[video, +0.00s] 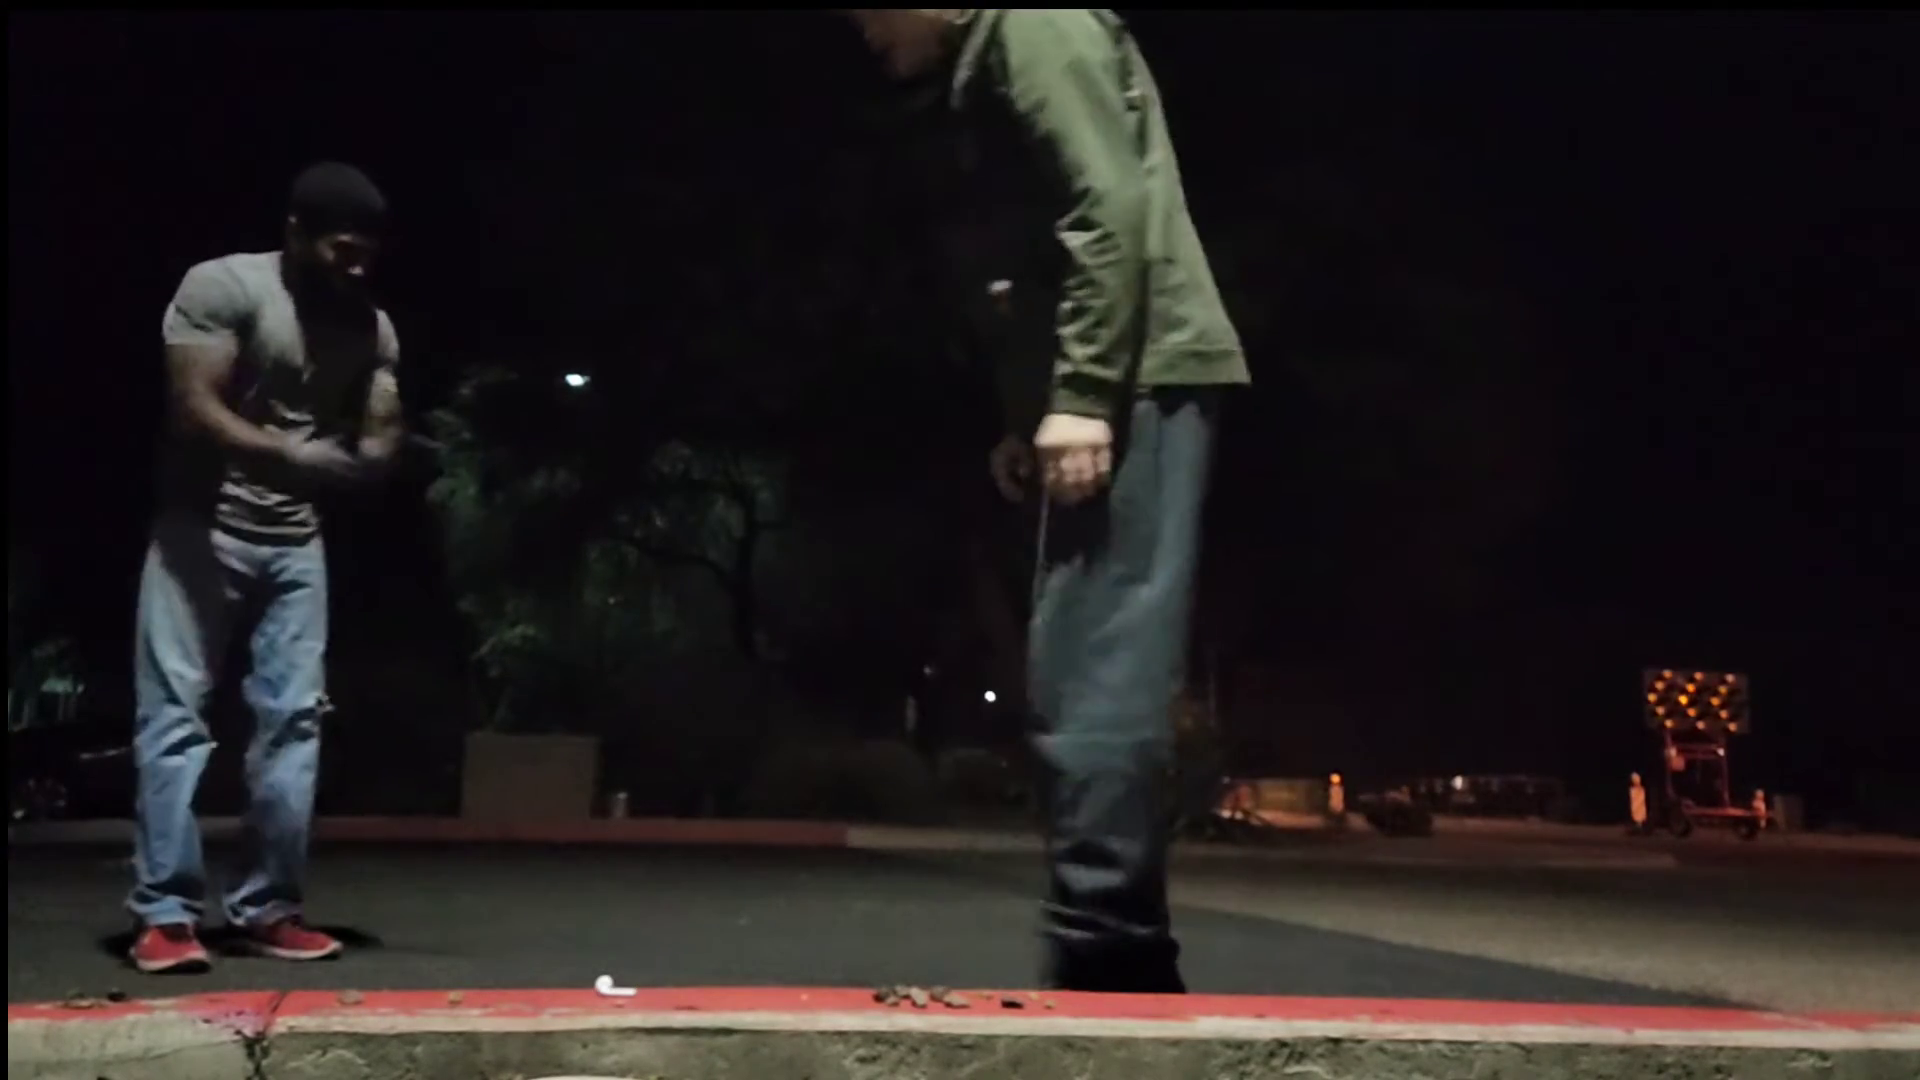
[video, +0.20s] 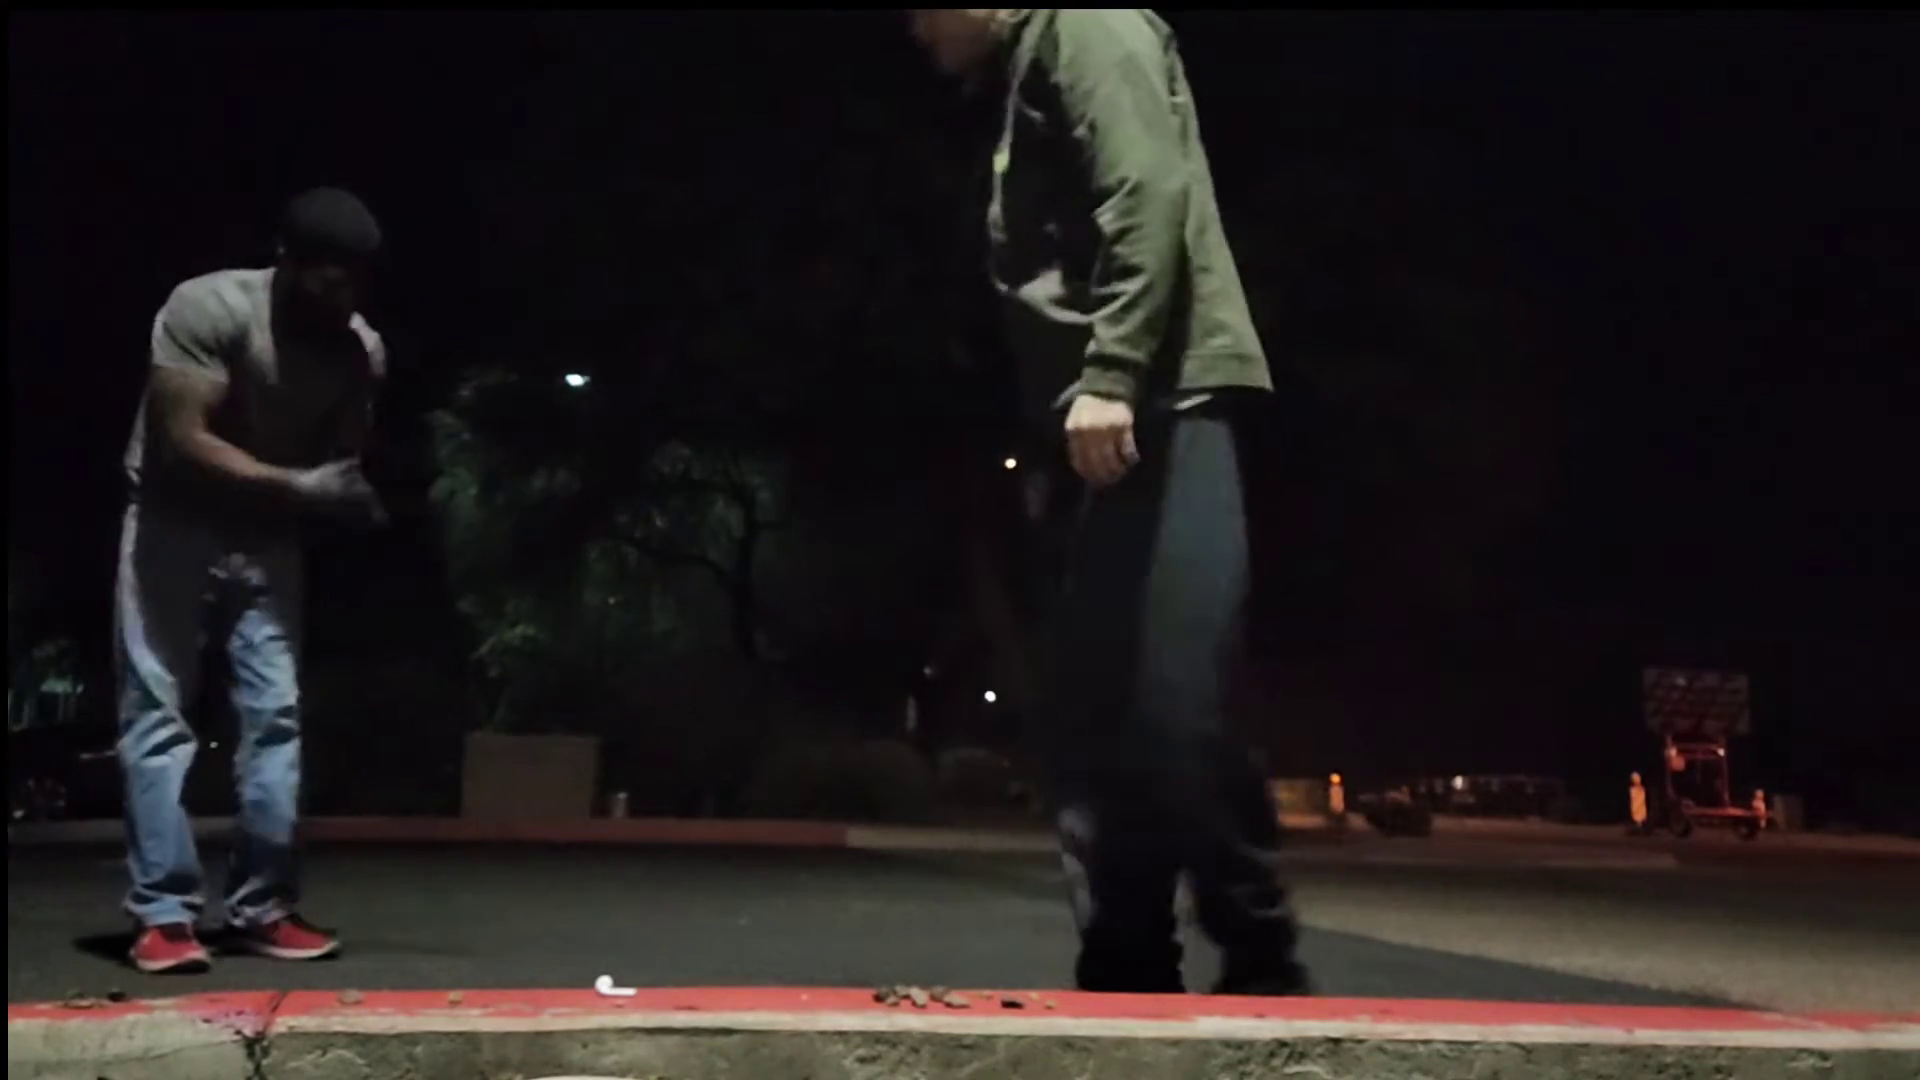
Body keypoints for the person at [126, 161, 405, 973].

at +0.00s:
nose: (356, 270)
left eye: (368, 255)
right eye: (341, 251)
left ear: (378, 251)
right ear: (298, 234)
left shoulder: (372, 327)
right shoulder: (220, 288)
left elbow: (380, 443)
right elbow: (195, 407)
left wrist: (346, 450)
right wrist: (290, 451)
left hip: (296, 551)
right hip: (201, 542)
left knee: (293, 715)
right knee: (178, 715)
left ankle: (267, 908)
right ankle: (164, 913)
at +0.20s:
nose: (346, 294)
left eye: (355, 280)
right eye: (333, 277)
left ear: (361, 277)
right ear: (293, 263)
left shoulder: (359, 351)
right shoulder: (205, 309)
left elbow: (339, 463)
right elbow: (179, 441)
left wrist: (341, 491)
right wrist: (299, 483)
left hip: (268, 536)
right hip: (171, 531)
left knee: (274, 712)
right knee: (160, 714)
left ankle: (261, 905)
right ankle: (163, 914)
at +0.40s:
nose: (325, 319)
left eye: (338, 304)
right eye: (313, 300)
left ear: (347, 304)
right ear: (280, 290)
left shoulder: (351, 365)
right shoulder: (193, 325)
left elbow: (330, 480)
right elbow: (155, 448)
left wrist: (357, 500)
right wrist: (222, 504)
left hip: (263, 538)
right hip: (161, 530)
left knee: (268, 719)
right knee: (150, 717)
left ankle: (266, 905)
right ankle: (162, 912)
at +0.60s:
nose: (322, 328)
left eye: (333, 313)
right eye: (309, 311)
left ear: (344, 310)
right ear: (275, 302)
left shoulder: (351, 364)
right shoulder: (191, 329)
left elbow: (351, 473)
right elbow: (152, 451)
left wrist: (350, 486)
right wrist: (209, 518)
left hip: (267, 531)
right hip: (164, 524)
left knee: (284, 707)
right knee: (154, 708)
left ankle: (272, 897)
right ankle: (158, 911)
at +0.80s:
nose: (330, 343)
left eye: (343, 327)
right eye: (317, 324)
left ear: (357, 321)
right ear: (287, 312)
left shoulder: (368, 370)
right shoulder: (206, 337)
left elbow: (363, 476)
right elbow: (172, 466)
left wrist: (335, 510)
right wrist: (250, 519)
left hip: (281, 531)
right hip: (178, 524)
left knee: (303, 705)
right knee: (158, 709)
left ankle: (330, 898)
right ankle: (165, 913)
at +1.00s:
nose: (369, 354)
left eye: (380, 340)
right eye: (357, 337)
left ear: (393, 335)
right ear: (324, 324)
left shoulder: (404, 387)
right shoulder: (243, 344)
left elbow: (377, 499)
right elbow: (206, 470)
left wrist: (340, 523)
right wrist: (292, 519)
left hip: (314, 547)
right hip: (212, 536)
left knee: (326, 722)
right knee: (180, 717)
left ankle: (338, 910)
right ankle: (166, 915)